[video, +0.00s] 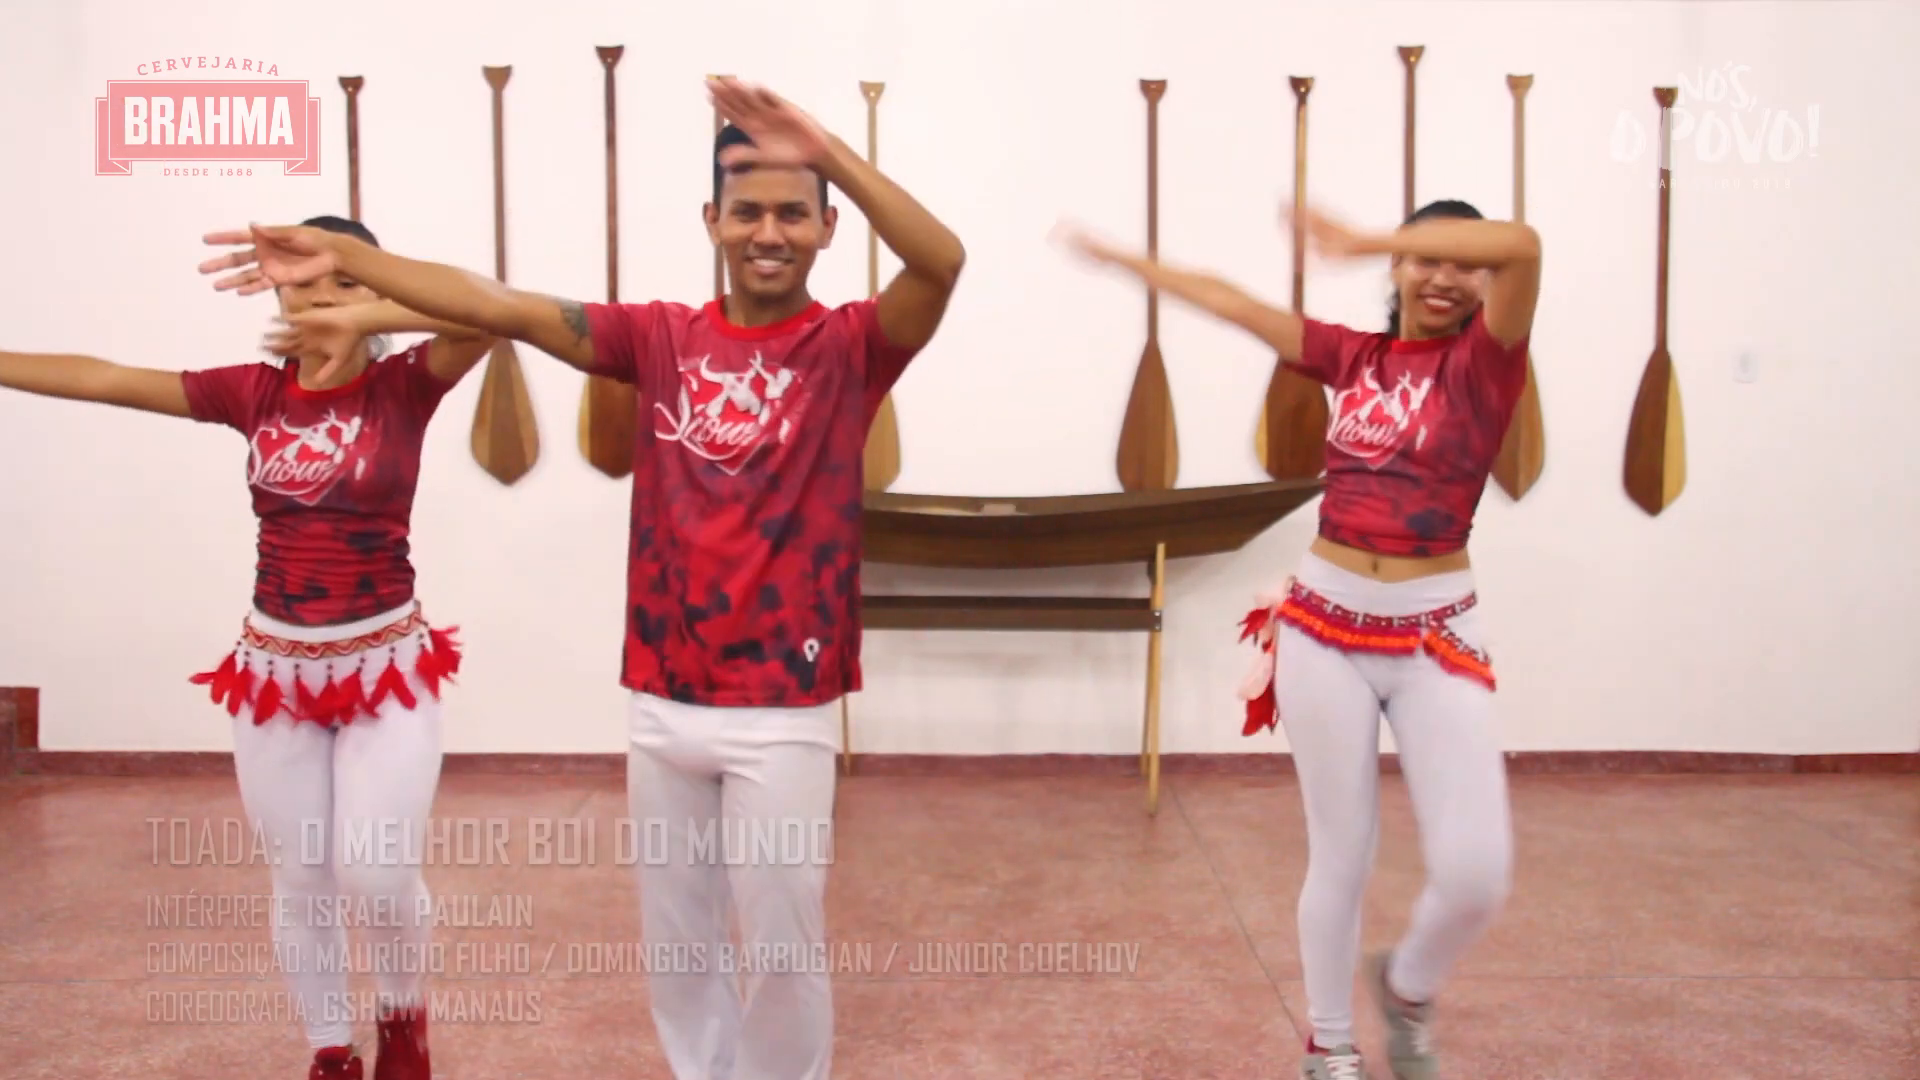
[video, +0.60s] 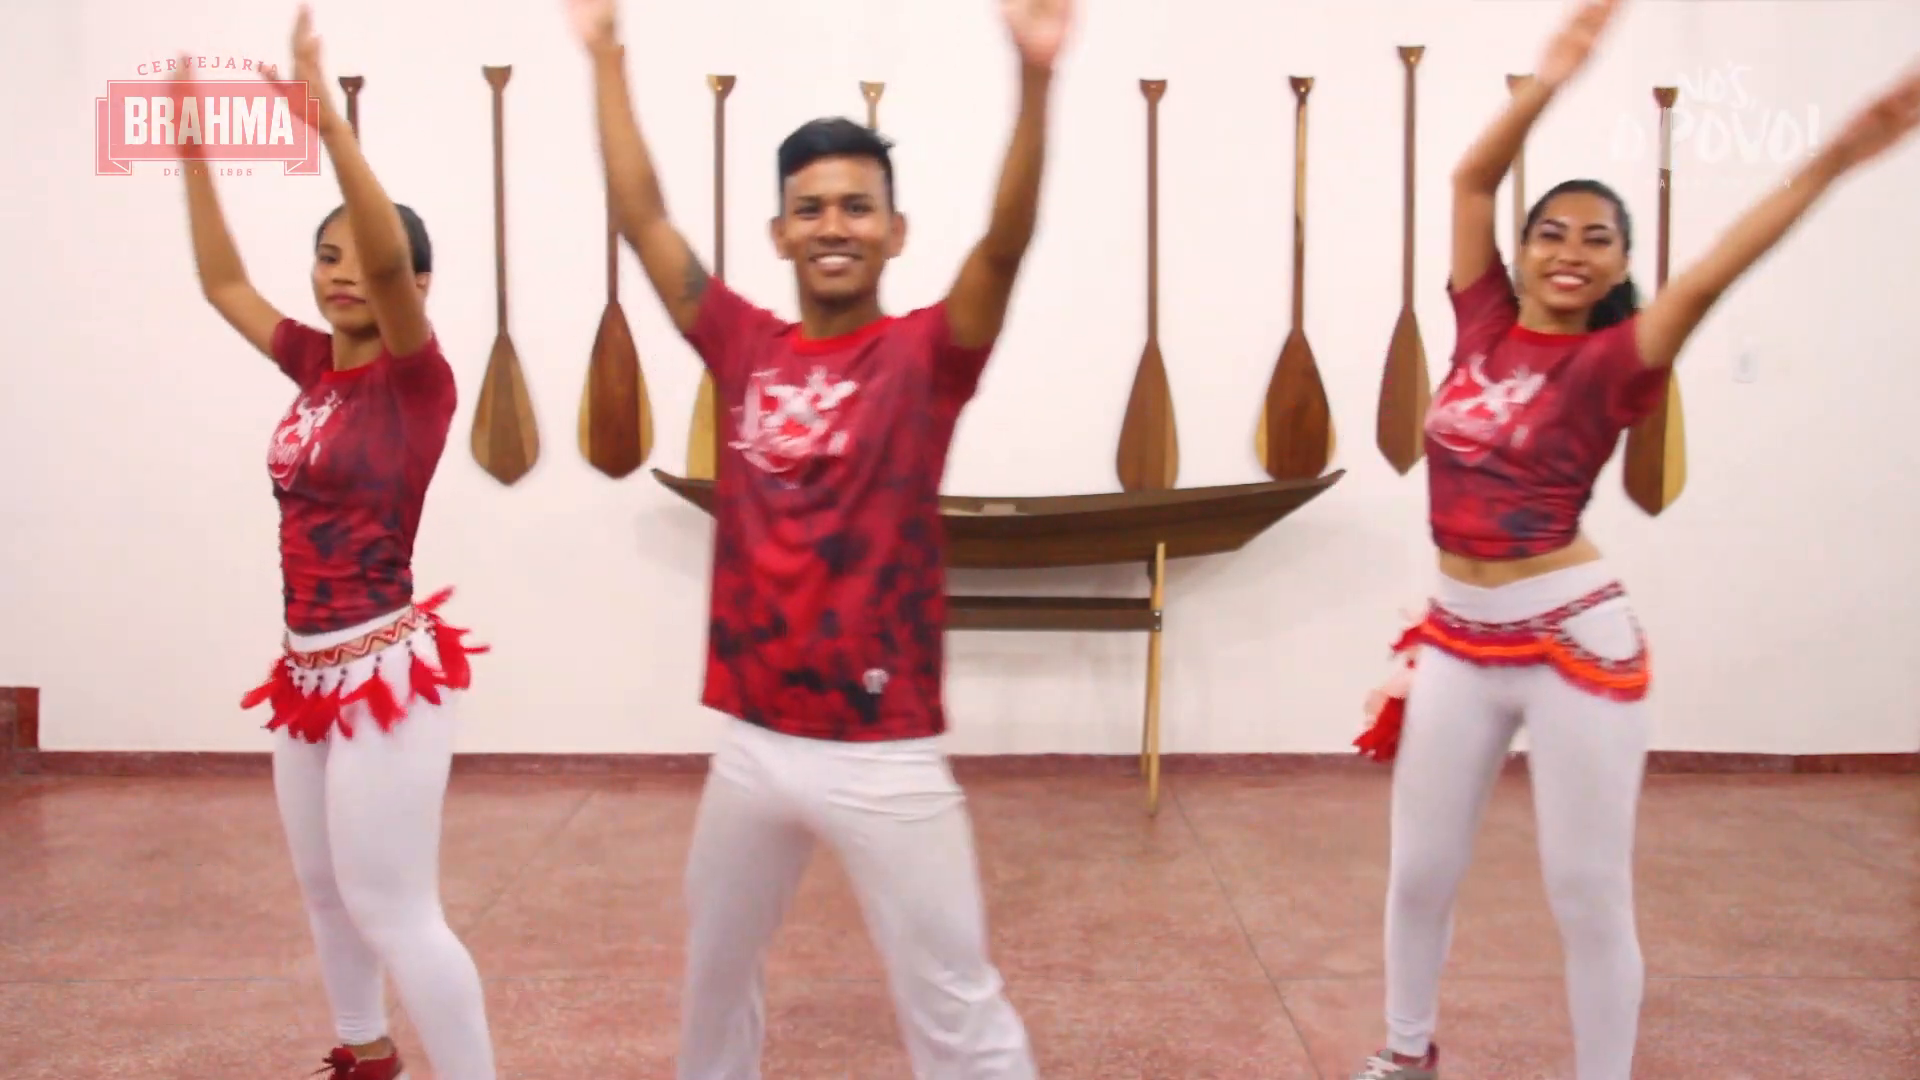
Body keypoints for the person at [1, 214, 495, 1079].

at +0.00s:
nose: (313, 298)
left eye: (335, 283)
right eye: (302, 281)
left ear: (375, 302)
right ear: (285, 297)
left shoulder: (403, 387)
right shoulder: (253, 391)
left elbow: (489, 317)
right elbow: (101, 377)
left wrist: (368, 282)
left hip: (389, 673)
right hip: (276, 677)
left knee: (375, 869)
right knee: (301, 881)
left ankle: (403, 1019)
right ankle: (333, 1056)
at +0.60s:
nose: (345, 273)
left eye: (366, 260)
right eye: (333, 255)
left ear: (406, 282)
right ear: (315, 270)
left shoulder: (414, 380)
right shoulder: (321, 367)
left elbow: (387, 267)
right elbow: (225, 286)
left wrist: (328, 122)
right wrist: (193, 152)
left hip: (389, 681)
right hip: (307, 683)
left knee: (396, 910)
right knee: (327, 895)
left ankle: (471, 1076)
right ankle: (364, 1058)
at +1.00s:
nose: (373, 290)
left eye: (394, 273)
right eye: (365, 272)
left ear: (452, 288)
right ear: (353, 281)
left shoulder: (455, 393)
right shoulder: (370, 361)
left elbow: (436, 313)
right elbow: (312, 284)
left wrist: (388, 183)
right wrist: (292, 213)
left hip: (458, 692)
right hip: (390, 690)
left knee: (447, 940)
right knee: (281, 846)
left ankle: (483, 1079)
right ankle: (434, 989)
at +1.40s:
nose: (363, 287)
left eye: (386, 267)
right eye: (359, 267)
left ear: (448, 290)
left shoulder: (442, 389)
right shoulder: (435, 385)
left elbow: (367, 317)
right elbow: (361, 305)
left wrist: (292, 219)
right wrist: (296, 233)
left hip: (457, 684)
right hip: (453, 675)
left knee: (435, 927)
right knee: (394, 852)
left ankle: (481, 1076)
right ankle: (498, 1027)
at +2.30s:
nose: (386, 303)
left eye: (404, 289)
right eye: (366, 286)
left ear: (429, 306)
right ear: (340, 303)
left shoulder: (436, 381)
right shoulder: (338, 395)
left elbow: (467, 275)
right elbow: (262, 378)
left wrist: (345, 220)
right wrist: (196, 308)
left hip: (452, 646)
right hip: (373, 651)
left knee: (366, 825)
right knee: (362, 830)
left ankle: (465, 988)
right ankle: (435, 991)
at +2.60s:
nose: (421, 291)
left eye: (430, 278)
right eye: (400, 278)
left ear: (443, 293)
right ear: (354, 296)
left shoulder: (464, 362)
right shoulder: (326, 392)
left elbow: (545, 273)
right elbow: (187, 373)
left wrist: (508, 196)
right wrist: (63, 317)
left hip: (480, 633)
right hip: (387, 645)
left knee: (512, 822)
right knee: (408, 834)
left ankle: (543, 997)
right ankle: (447, 1003)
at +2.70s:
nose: (443, 290)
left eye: (447, 275)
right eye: (421, 276)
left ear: (452, 290)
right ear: (368, 295)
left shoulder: (472, 361)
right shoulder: (331, 384)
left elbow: (560, 274)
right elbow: (203, 352)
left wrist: (563, 180)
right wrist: (112, 257)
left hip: (495, 625)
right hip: (397, 639)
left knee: (548, 804)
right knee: (415, 831)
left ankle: (599, 960)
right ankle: (449, 1004)